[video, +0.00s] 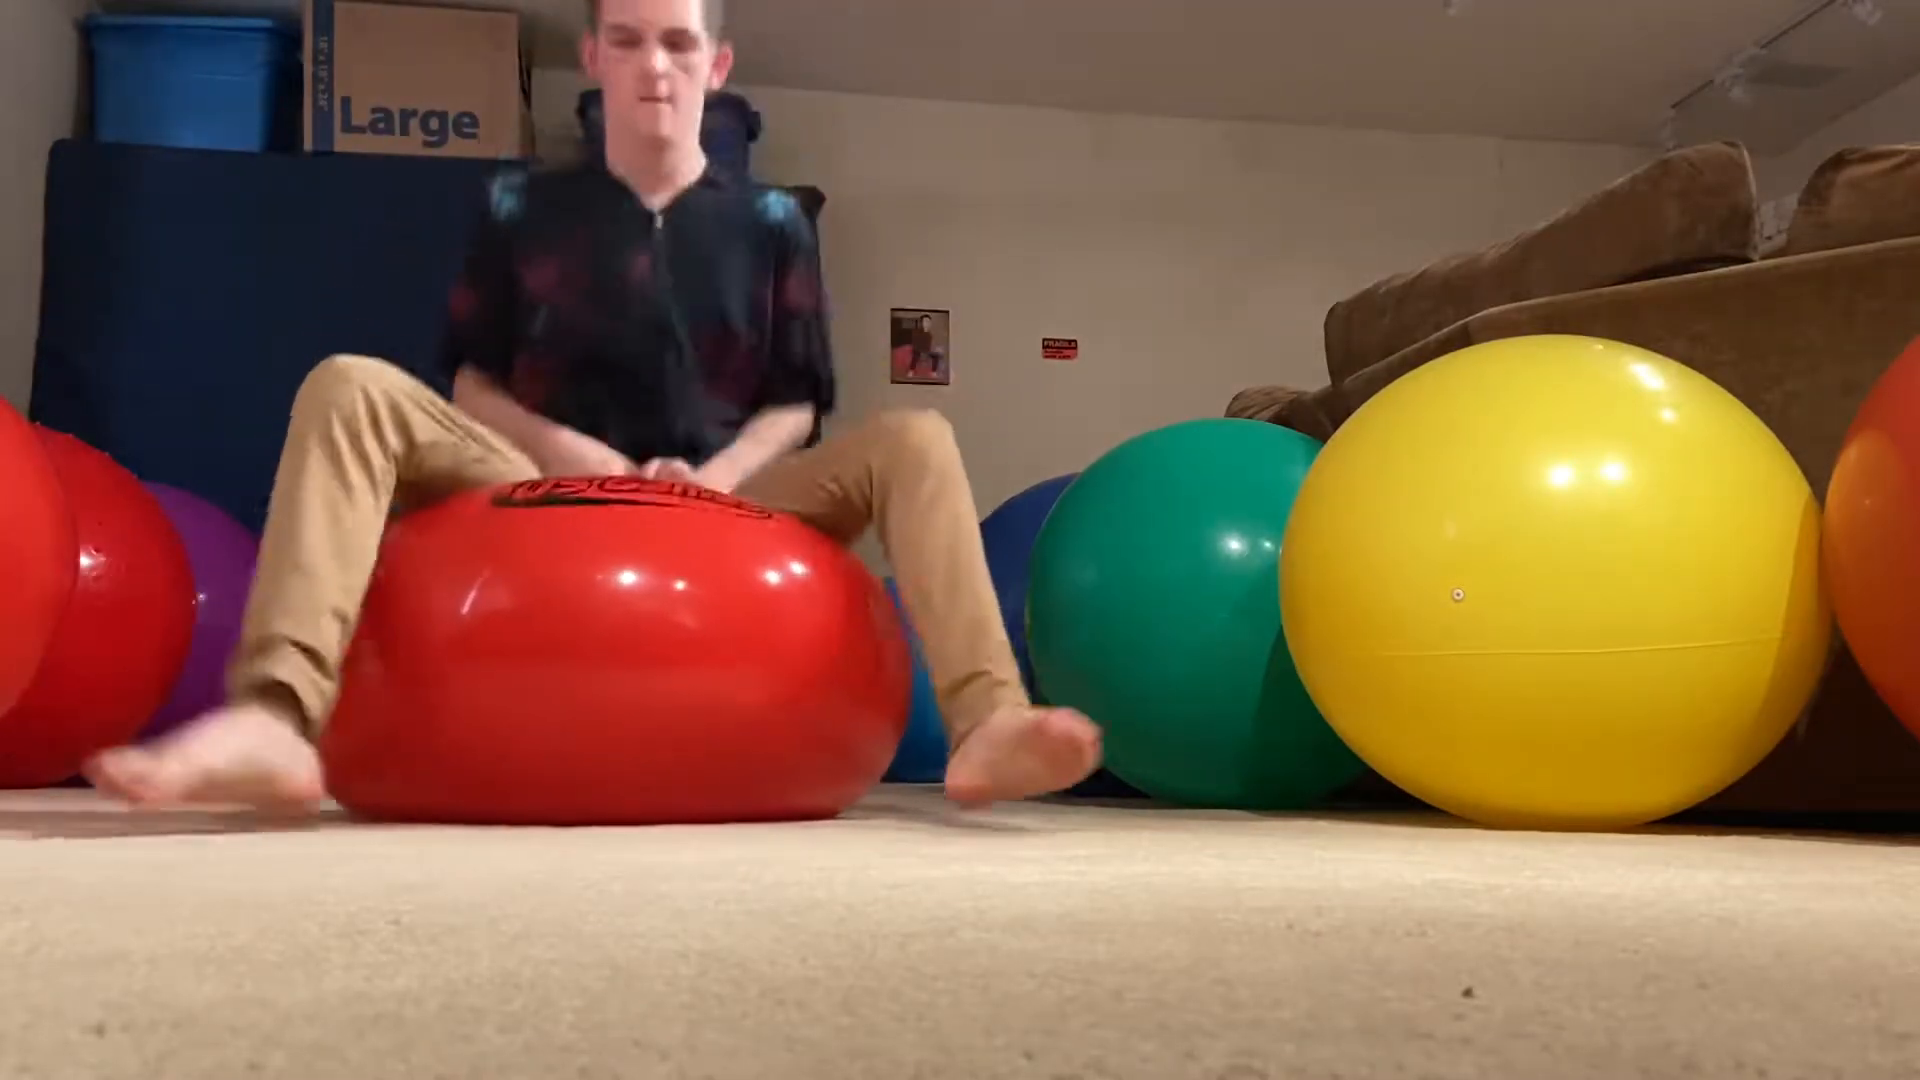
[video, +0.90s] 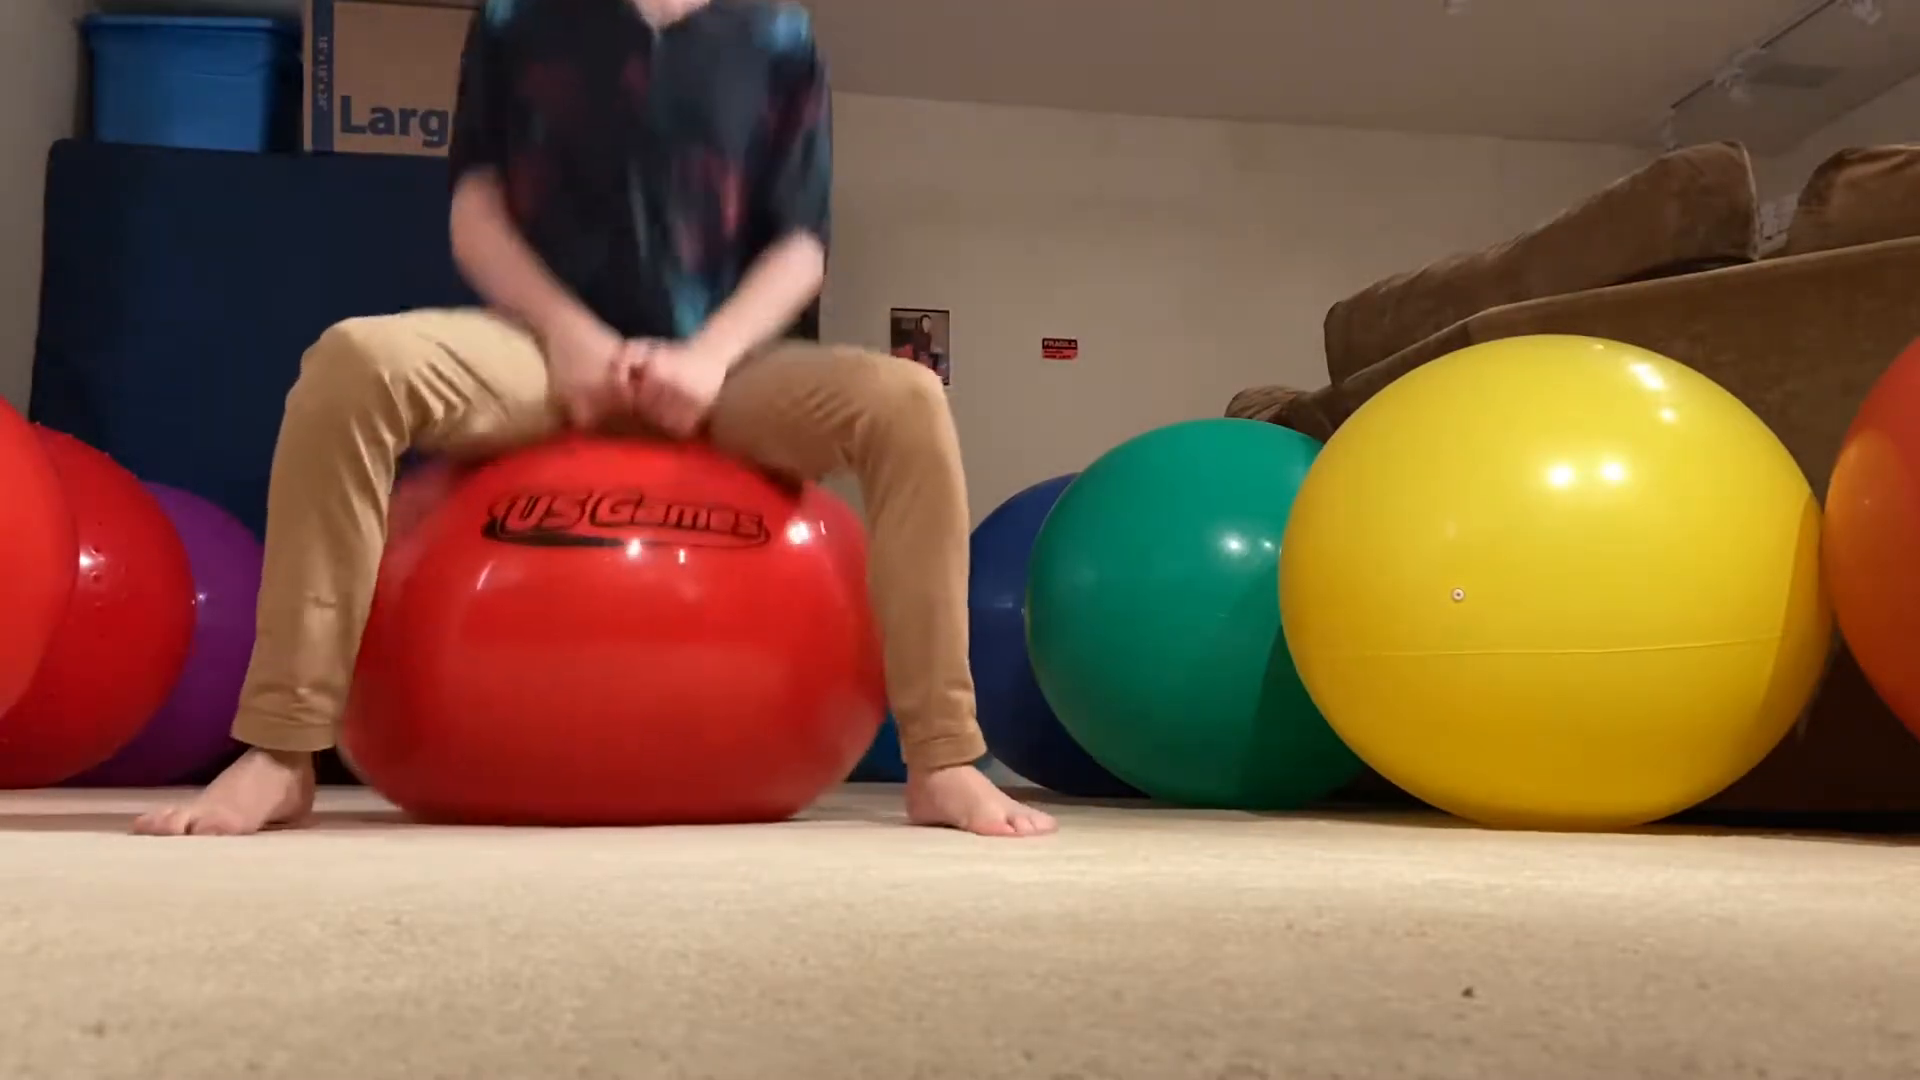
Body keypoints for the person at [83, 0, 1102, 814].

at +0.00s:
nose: (653, 66)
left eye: (677, 44)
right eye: (628, 43)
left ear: (718, 68)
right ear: (590, 64)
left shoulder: (774, 226)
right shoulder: (519, 208)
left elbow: (803, 401)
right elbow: (467, 387)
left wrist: (730, 473)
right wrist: (560, 451)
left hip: (726, 489)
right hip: (549, 481)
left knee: (913, 437)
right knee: (347, 390)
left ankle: (986, 728)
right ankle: (275, 724)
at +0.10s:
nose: (647, 13)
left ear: (703, 15)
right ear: (586, 11)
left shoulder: (761, 161)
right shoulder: (515, 148)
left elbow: (786, 350)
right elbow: (467, 336)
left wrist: (706, 429)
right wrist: (555, 406)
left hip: (711, 448)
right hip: (545, 438)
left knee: (910, 410)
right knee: (333, 378)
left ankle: (910, 748)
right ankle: (334, 742)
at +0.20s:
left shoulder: (764, 23)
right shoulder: (495, 13)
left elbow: (781, 183)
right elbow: (476, 162)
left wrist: (716, 305)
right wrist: (568, 276)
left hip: (719, 310)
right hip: (550, 304)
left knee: (898, 399)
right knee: (355, 382)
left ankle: (888, 745)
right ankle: (314, 752)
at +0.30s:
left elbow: (766, 49)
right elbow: (497, 31)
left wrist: (715, 199)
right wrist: (586, 176)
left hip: (725, 179)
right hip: (548, 171)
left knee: (851, 348)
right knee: (421, 339)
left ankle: (926, 674)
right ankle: (303, 675)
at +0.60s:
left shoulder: (774, 10)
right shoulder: (504, 3)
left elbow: (792, 150)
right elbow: (470, 133)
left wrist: (701, 258)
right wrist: (559, 238)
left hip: (716, 254)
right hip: (537, 249)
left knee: (854, 371)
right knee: (388, 344)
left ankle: (945, 735)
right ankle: (301, 725)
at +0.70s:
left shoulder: (770, 126)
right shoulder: (503, 106)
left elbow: (794, 323)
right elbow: (456, 296)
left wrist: (694, 413)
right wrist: (556, 392)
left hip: (707, 421)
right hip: (531, 408)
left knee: (872, 407)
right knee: (362, 371)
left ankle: (951, 761)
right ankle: (277, 754)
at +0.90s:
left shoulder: (778, 35)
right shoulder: (519, 19)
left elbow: (801, 245)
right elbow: (475, 217)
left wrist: (710, 351)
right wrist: (563, 329)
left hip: (718, 370)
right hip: (550, 358)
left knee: (905, 399)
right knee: (351, 362)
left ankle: (945, 763)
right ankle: (281, 753)